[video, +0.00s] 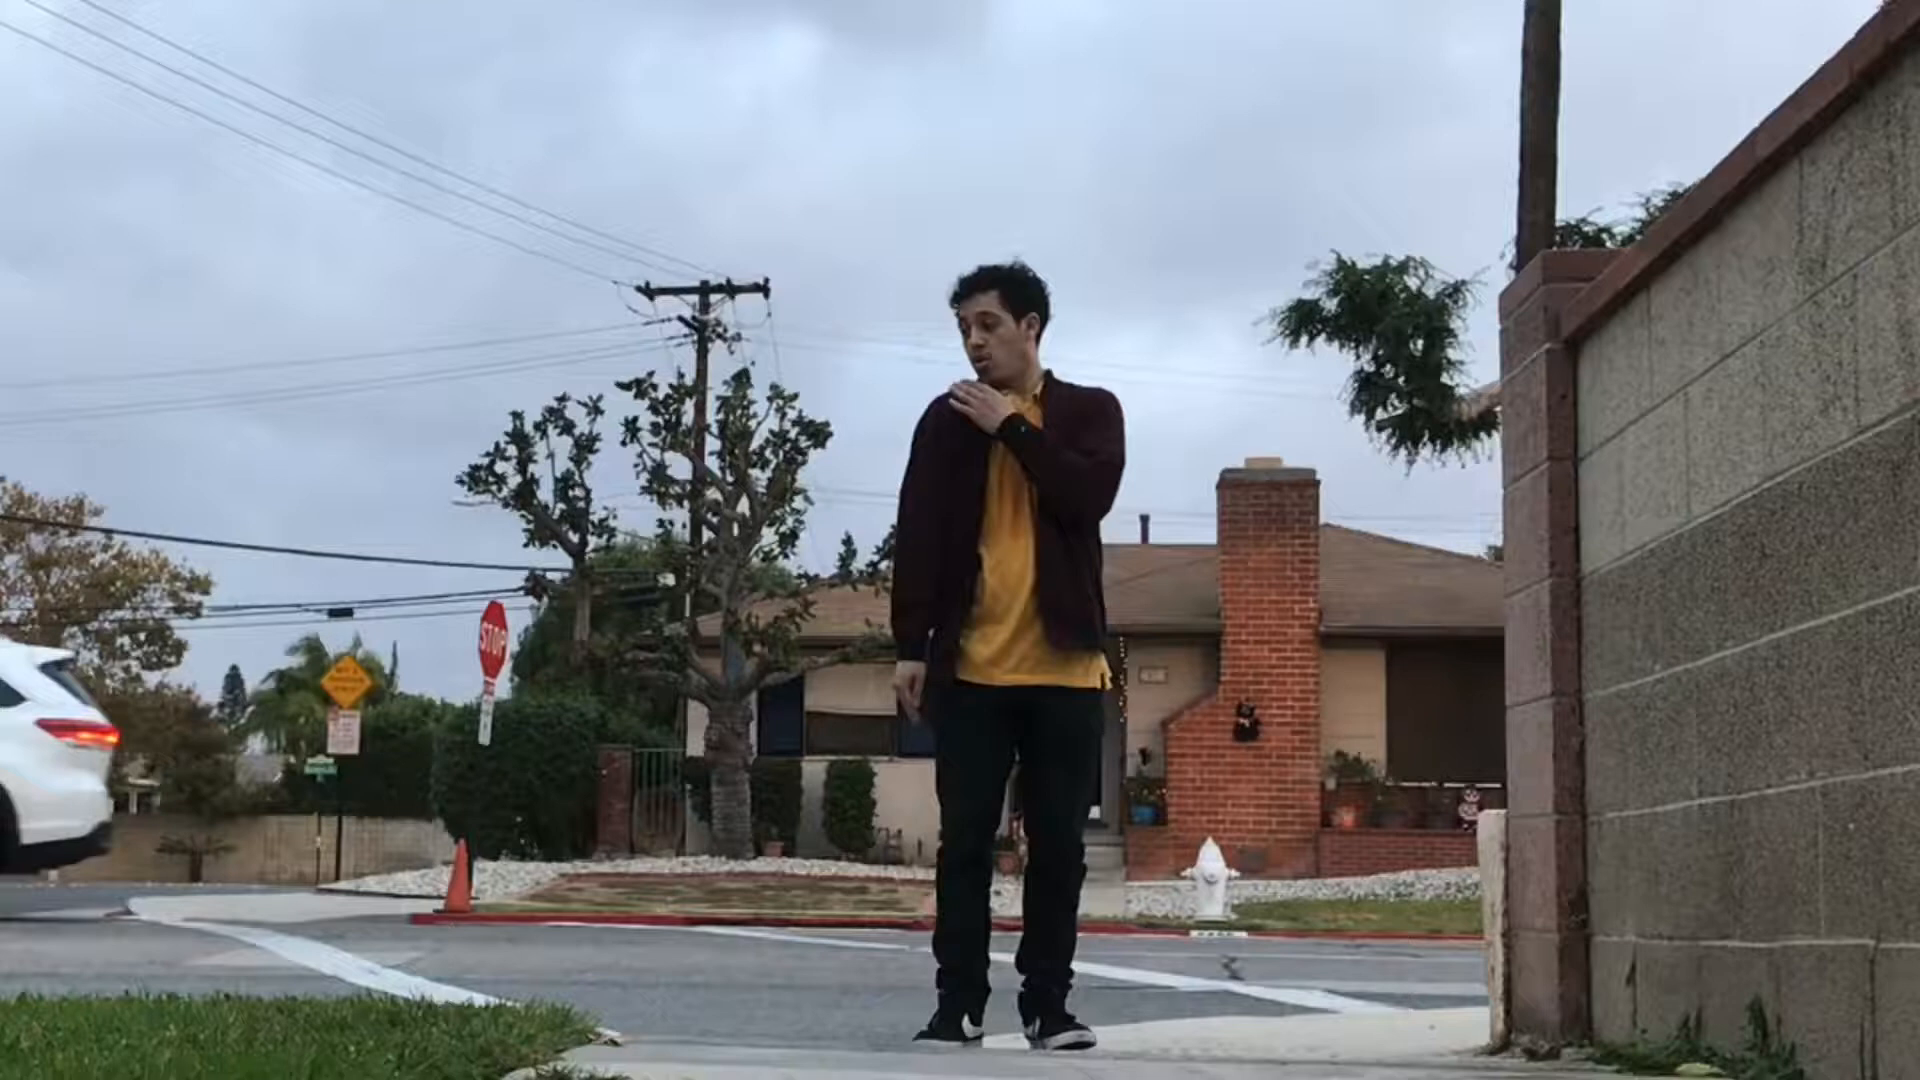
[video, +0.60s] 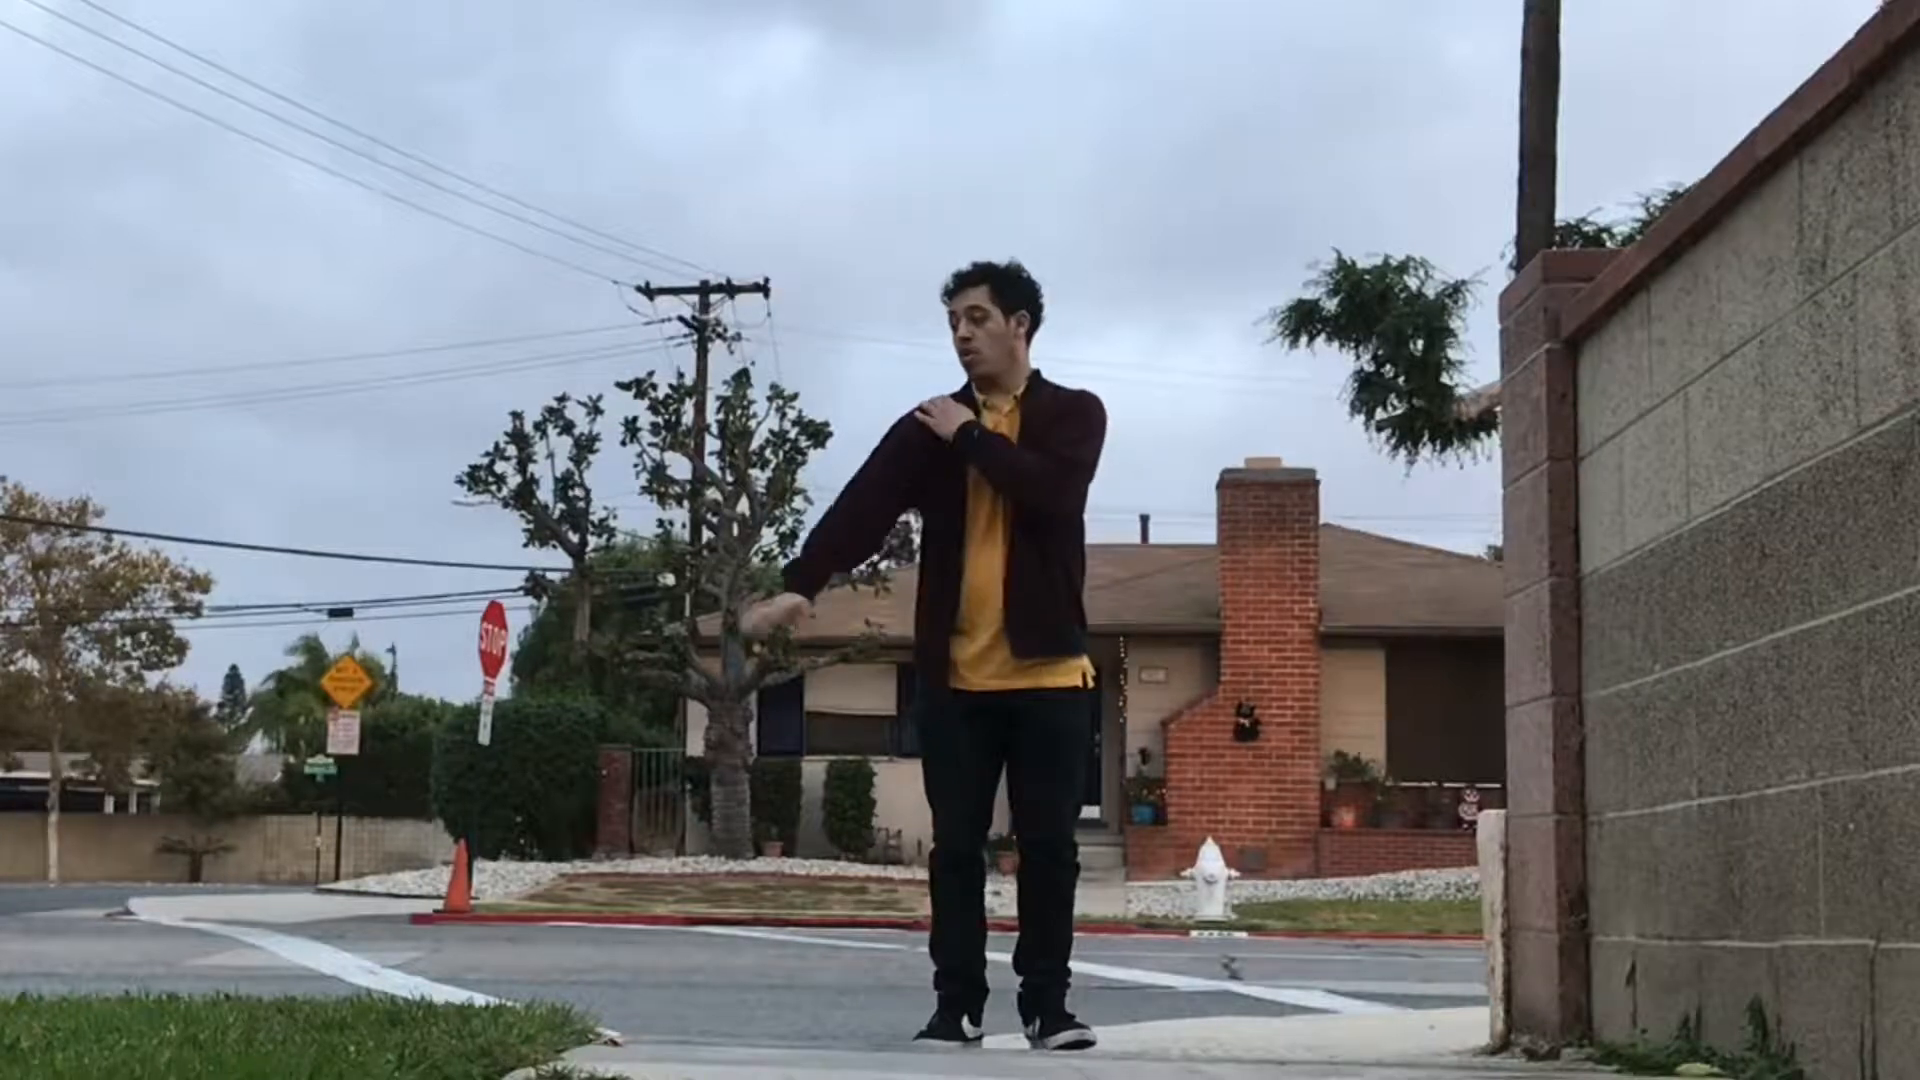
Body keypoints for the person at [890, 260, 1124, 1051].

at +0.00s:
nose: (974, 341)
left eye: (988, 325)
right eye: (966, 329)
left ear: (1032, 325)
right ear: (962, 338)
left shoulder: (1090, 410)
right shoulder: (947, 418)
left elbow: (1088, 497)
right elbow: (918, 534)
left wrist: (1010, 425)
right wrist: (912, 647)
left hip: (1066, 670)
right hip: (970, 667)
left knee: (1058, 847)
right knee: (965, 844)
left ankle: (1048, 1007)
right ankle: (959, 1005)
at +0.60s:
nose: (963, 335)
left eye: (978, 319)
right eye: (956, 324)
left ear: (1023, 325)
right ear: (952, 337)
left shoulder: (1075, 414)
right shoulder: (930, 426)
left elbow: (1056, 493)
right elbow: (861, 508)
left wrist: (968, 435)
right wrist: (800, 587)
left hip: (1052, 674)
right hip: (957, 675)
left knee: (1051, 848)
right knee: (957, 848)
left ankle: (1046, 1007)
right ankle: (957, 1007)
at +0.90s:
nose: (977, 332)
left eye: (991, 316)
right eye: (968, 321)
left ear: (1036, 325)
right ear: (964, 335)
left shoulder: (1083, 413)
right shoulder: (941, 426)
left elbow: (1061, 492)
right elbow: (885, 514)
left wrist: (973, 429)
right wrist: (841, 601)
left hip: (1050, 675)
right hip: (956, 675)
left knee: (1050, 848)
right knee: (956, 849)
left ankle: (1046, 1008)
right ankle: (958, 1007)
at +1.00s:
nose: (988, 328)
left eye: (1004, 315)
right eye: (978, 317)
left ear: (1043, 327)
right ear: (969, 331)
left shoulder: (1083, 414)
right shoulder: (943, 425)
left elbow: (1060, 496)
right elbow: (920, 545)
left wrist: (973, 432)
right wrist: (937, 646)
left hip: (1048, 673)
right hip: (956, 673)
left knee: (1049, 848)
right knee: (956, 849)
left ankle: (1047, 1008)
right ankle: (957, 1009)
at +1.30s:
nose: (1015, 341)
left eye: (1030, 327)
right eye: (1000, 328)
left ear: (1057, 340)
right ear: (980, 340)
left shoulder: (1089, 424)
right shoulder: (952, 415)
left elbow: (1058, 515)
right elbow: (964, 530)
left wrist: (949, 522)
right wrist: (1052, 598)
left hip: (1056, 673)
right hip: (964, 671)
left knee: (1053, 849)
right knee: (958, 848)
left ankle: (1048, 1009)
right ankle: (957, 1008)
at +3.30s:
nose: (1000, 325)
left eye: (1013, 313)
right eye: (985, 314)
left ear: (1035, 327)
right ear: (962, 330)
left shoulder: (1067, 402)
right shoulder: (937, 408)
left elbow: (1050, 488)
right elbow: (963, 507)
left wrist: (951, 504)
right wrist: (1076, 532)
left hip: (1054, 668)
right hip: (961, 667)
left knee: (1052, 848)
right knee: (959, 846)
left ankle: (1047, 1008)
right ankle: (959, 1009)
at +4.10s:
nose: (1010, 326)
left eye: (1025, 313)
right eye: (996, 313)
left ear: (1048, 328)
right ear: (976, 328)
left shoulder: (1086, 418)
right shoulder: (941, 418)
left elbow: (1079, 518)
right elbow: (940, 521)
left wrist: (1022, 582)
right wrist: (987, 589)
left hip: (1058, 675)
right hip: (960, 672)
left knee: (1061, 848)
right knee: (956, 847)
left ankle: (1054, 1008)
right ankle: (958, 1010)